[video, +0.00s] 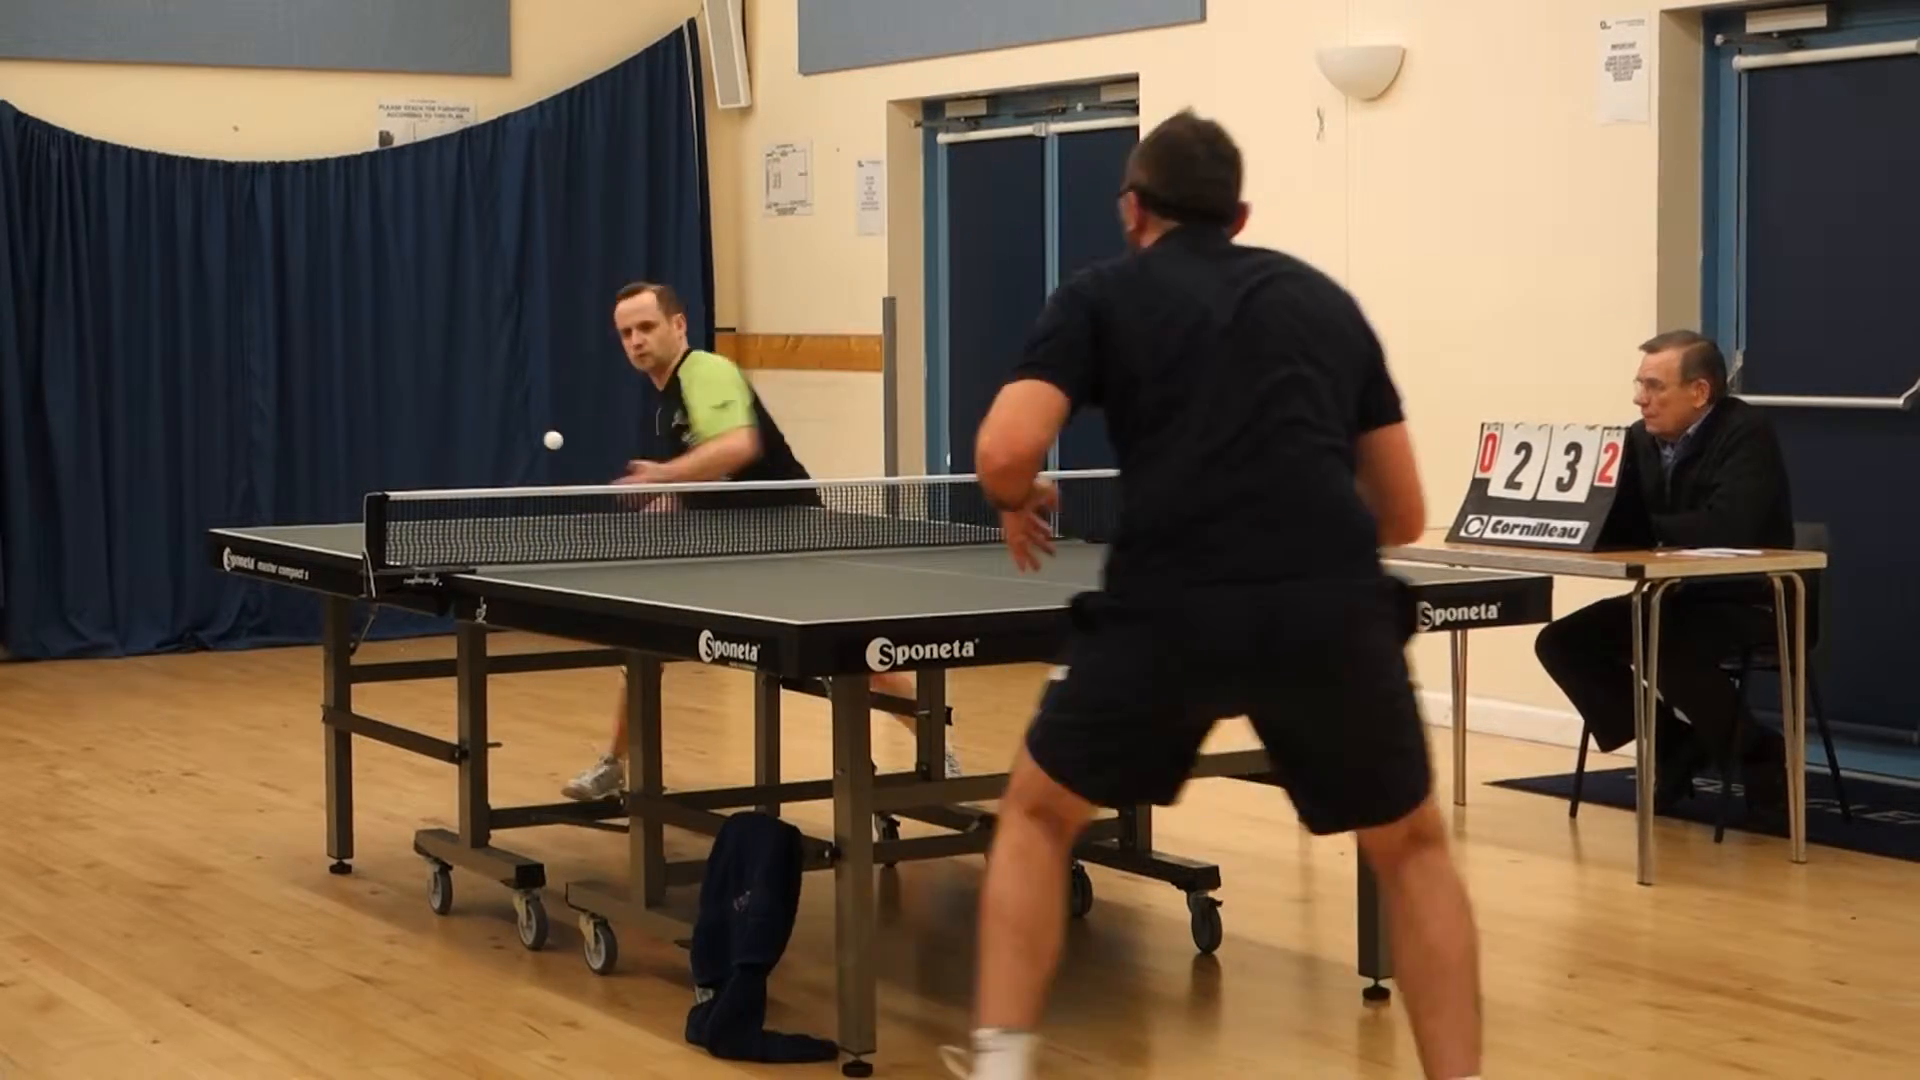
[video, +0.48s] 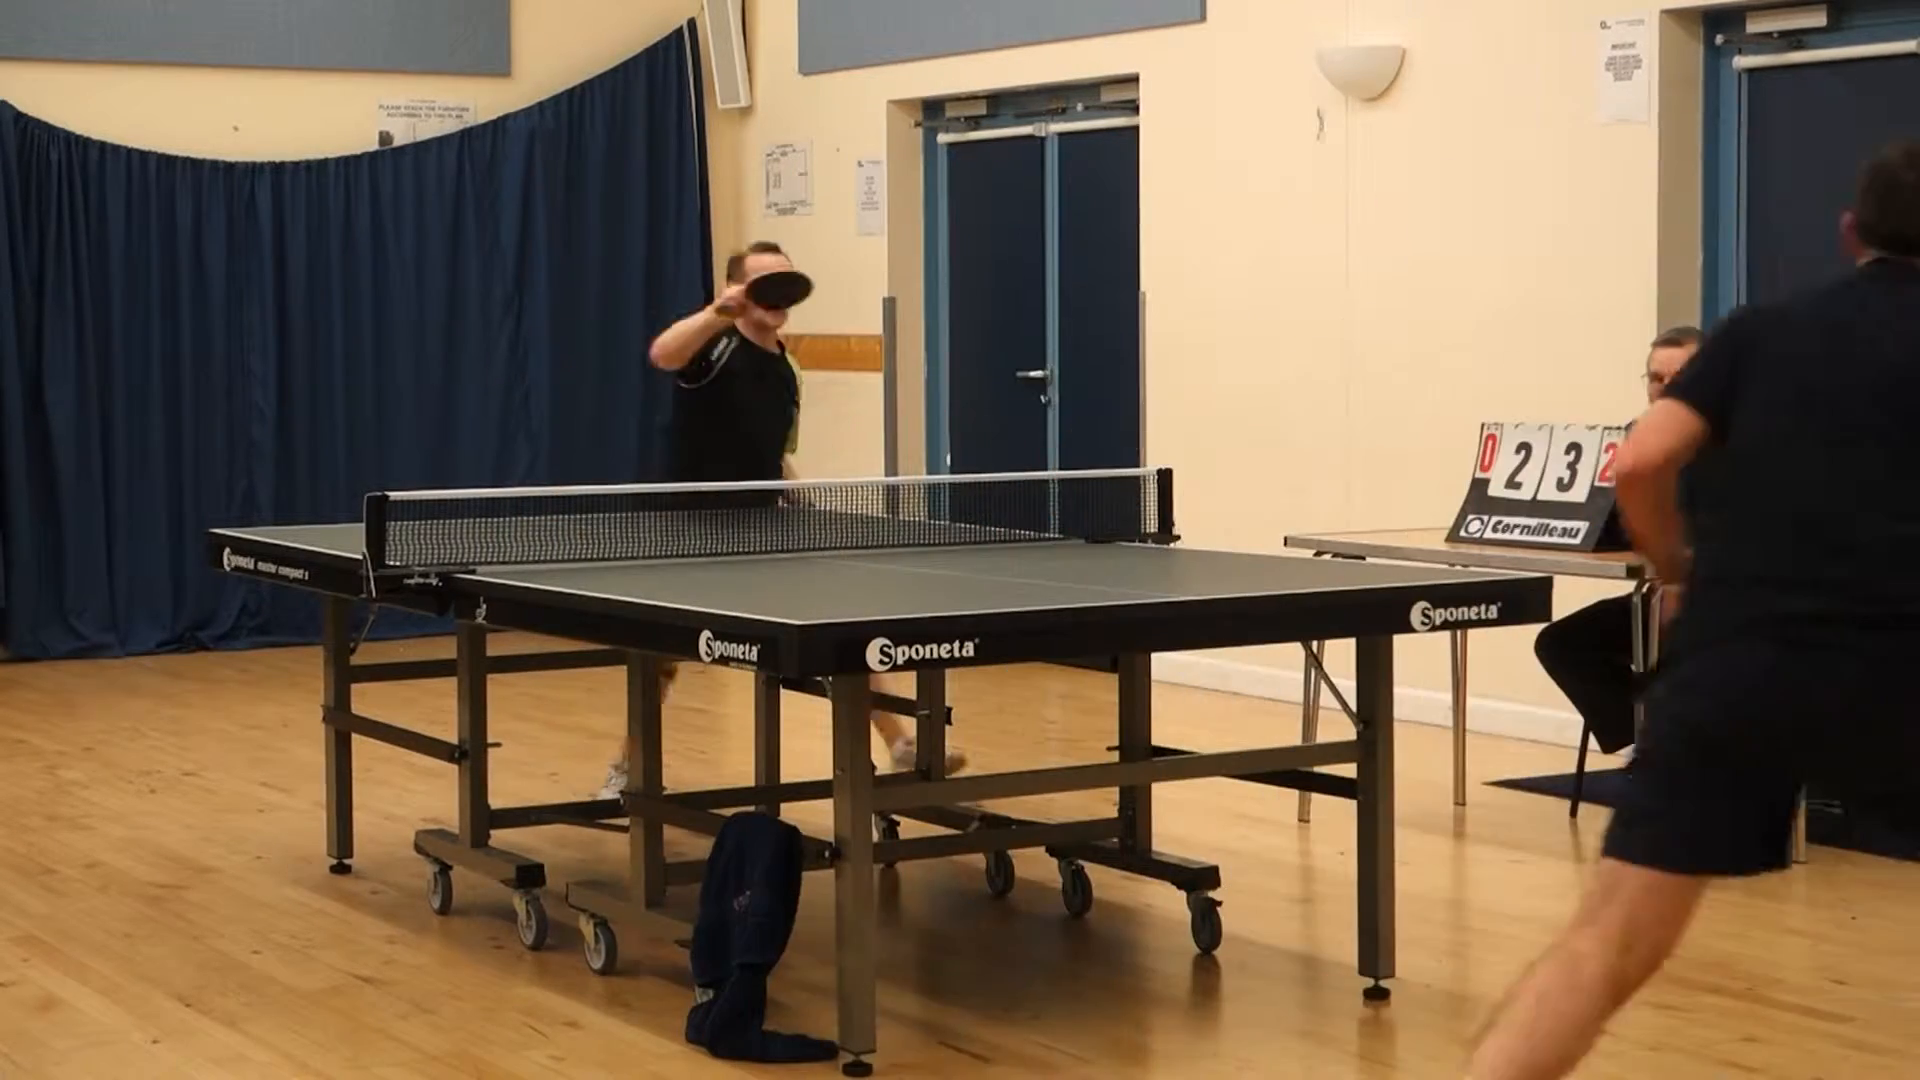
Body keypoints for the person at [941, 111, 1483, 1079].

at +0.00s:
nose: (1120, 213)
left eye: (1124, 201)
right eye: (1127, 201)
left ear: (1137, 209)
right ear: (1238, 212)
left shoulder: (1102, 296)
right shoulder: (1325, 301)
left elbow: (1004, 449)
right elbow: (1400, 513)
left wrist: (1017, 499)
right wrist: (1296, 532)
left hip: (1164, 607)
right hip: (1328, 610)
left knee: (1038, 819)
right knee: (1410, 845)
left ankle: (1000, 1062)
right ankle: (1458, 1071)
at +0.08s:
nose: (1195, 209)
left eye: (1198, 196)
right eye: (1201, 196)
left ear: (1214, 203)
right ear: (1316, 207)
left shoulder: (1164, 304)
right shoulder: (1395, 295)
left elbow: (1040, 473)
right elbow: (1464, 511)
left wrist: (1076, 517)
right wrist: (1394, 571)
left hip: (1248, 618)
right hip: (1414, 608)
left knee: (1125, 874)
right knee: (1527, 822)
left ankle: (1135, 1068)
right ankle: (1540, 1068)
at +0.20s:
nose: (1350, 245)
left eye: (1353, 228)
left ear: (1365, 239)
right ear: (1472, 248)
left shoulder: (1297, 344)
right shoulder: (1527, 359)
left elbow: (1163, 504)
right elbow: (1591, 570)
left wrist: (1227, 508)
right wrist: (1611, 641)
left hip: (1351, 699)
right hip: (1521, 689)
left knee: (1222, 974)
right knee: (1674, 838)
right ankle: (1838, 1053)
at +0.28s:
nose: (1503, 260)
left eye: (1505, 248)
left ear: (1510, 260)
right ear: (1619, 274)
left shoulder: (1425, 363)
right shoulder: (1671, 396)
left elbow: (1274, 485)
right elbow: (1769, 605)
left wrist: (1318, 532)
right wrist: (1874, 636)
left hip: (1432, 721)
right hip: (1611, 717)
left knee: (1267, 990)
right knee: (1799, 858)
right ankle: (1911, 1058)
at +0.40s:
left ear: (1743, 269)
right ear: (1857, 287)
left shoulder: (1657, 359)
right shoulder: (1885, 392)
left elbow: (1517, 478)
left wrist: (1528, 576)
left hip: (1632, 702)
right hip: (1804, 709)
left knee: (1477, 967)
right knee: (1912, 847)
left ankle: (1340, 1067)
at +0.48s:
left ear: (1854, 230)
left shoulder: (1776, 327)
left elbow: (1640, 463)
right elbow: (1640, 463)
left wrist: (1671, 566)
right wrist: (1673, 565)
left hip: (1745, 666)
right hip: (1893, 672)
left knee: (1605, 944)